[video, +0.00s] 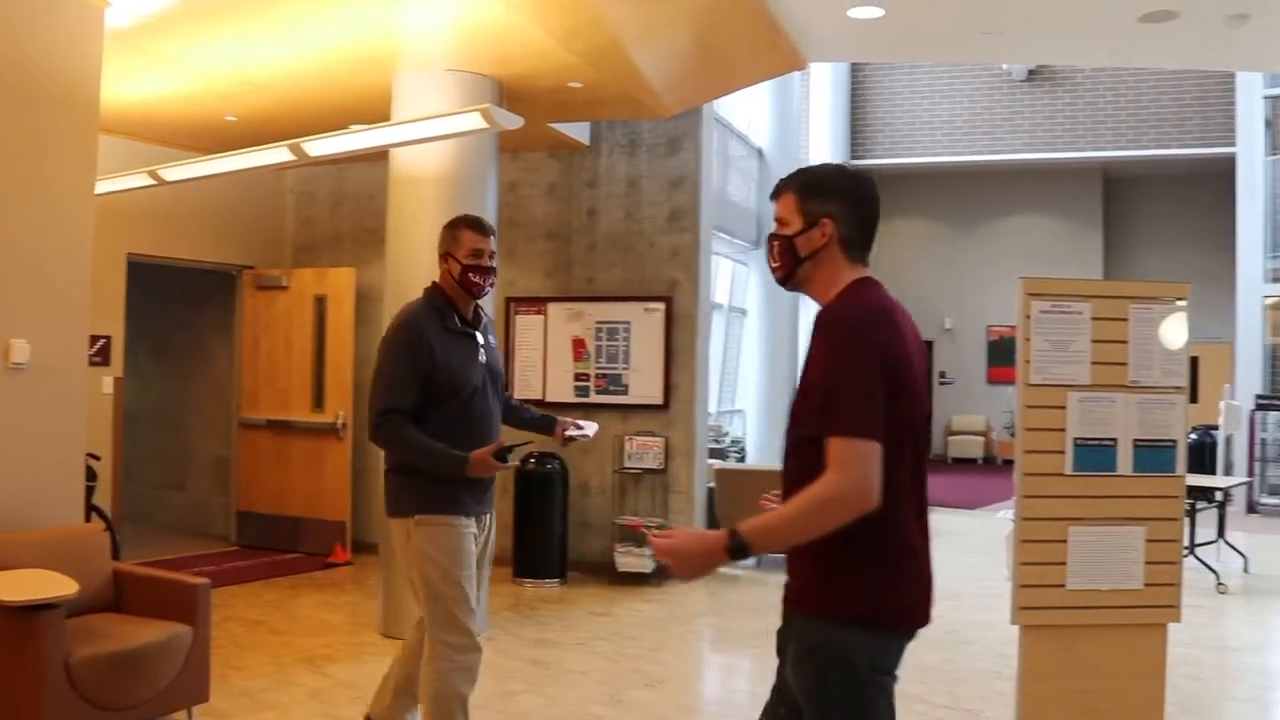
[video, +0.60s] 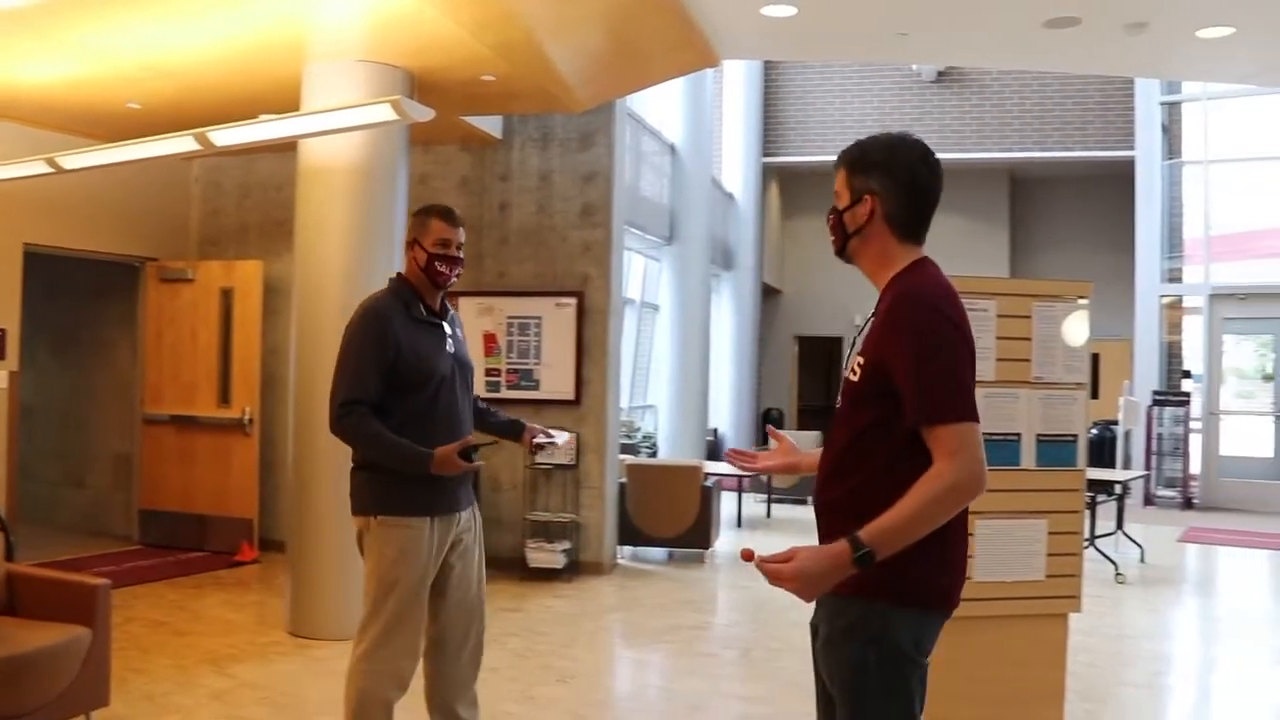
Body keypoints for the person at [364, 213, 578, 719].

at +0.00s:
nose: (485, 268)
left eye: (490, 259)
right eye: (474, 258)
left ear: (494, 264)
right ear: (444, 260)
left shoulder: (479, 326)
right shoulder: (414, 325)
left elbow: (494, 404)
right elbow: (384, 425)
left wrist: (549, 425)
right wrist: (462, 462)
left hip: (476, 503)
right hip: (431, 508)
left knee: (440, 633)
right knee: (459, 643)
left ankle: (385, 713)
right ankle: (446, 717)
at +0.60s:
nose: (451, 260)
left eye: (458, 252)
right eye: (440, 249)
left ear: (463, 257)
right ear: (411, 249)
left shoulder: (448, 319)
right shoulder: (377, 317)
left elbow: (462, 405)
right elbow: (346, 416)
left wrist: (519, 430)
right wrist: (426, 459)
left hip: (460, 510)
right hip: (399, 515)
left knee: (459, 651)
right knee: (386, 657)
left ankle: (457, 718)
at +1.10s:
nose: (436, 256)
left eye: (442, 249)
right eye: (426, 246)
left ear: (444, 256)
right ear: (395, 247)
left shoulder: (426, 321)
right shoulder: (357, 310)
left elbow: (443, 413)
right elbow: (326, 402)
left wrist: (512, 440)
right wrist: (404, 439)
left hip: (426, 501)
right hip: (375, 500)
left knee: (406, 634)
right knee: (374, 633)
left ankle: (383, 713)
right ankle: (326, 717)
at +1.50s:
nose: (406, 256)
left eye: (412, 249)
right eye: (398, 245)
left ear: (412, 253)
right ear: (366, 240)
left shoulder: (386, 316)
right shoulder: (320, 301)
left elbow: (395, 414)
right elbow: (279, 393)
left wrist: (446, 469)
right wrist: (357, 445)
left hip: (371, 495)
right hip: (324, 494)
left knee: (330, 632)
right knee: (342, 638)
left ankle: (318, 714)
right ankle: (348, 716)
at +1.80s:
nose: (377, 249)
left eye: (381, 241)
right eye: (366, 238)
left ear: (381, 246)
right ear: (331, 238)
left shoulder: (353, 311)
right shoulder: (295, 303)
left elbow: (362, 414)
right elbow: (266, 408)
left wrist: (378, 502)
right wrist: (347, 463)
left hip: (337, 499)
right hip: (302, 501)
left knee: (290, 636)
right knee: (320, 650)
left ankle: (275, 716)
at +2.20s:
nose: (347, 238)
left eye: (351, 228)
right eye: (336, 225)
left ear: (352, 229)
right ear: (298, 224)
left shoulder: (324, 295)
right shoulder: (264, 297)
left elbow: (325, 399)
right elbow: (236, 417)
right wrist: (327, 474)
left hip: (319, 506)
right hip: (283, 508)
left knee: (279, 661)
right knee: (295, 672)